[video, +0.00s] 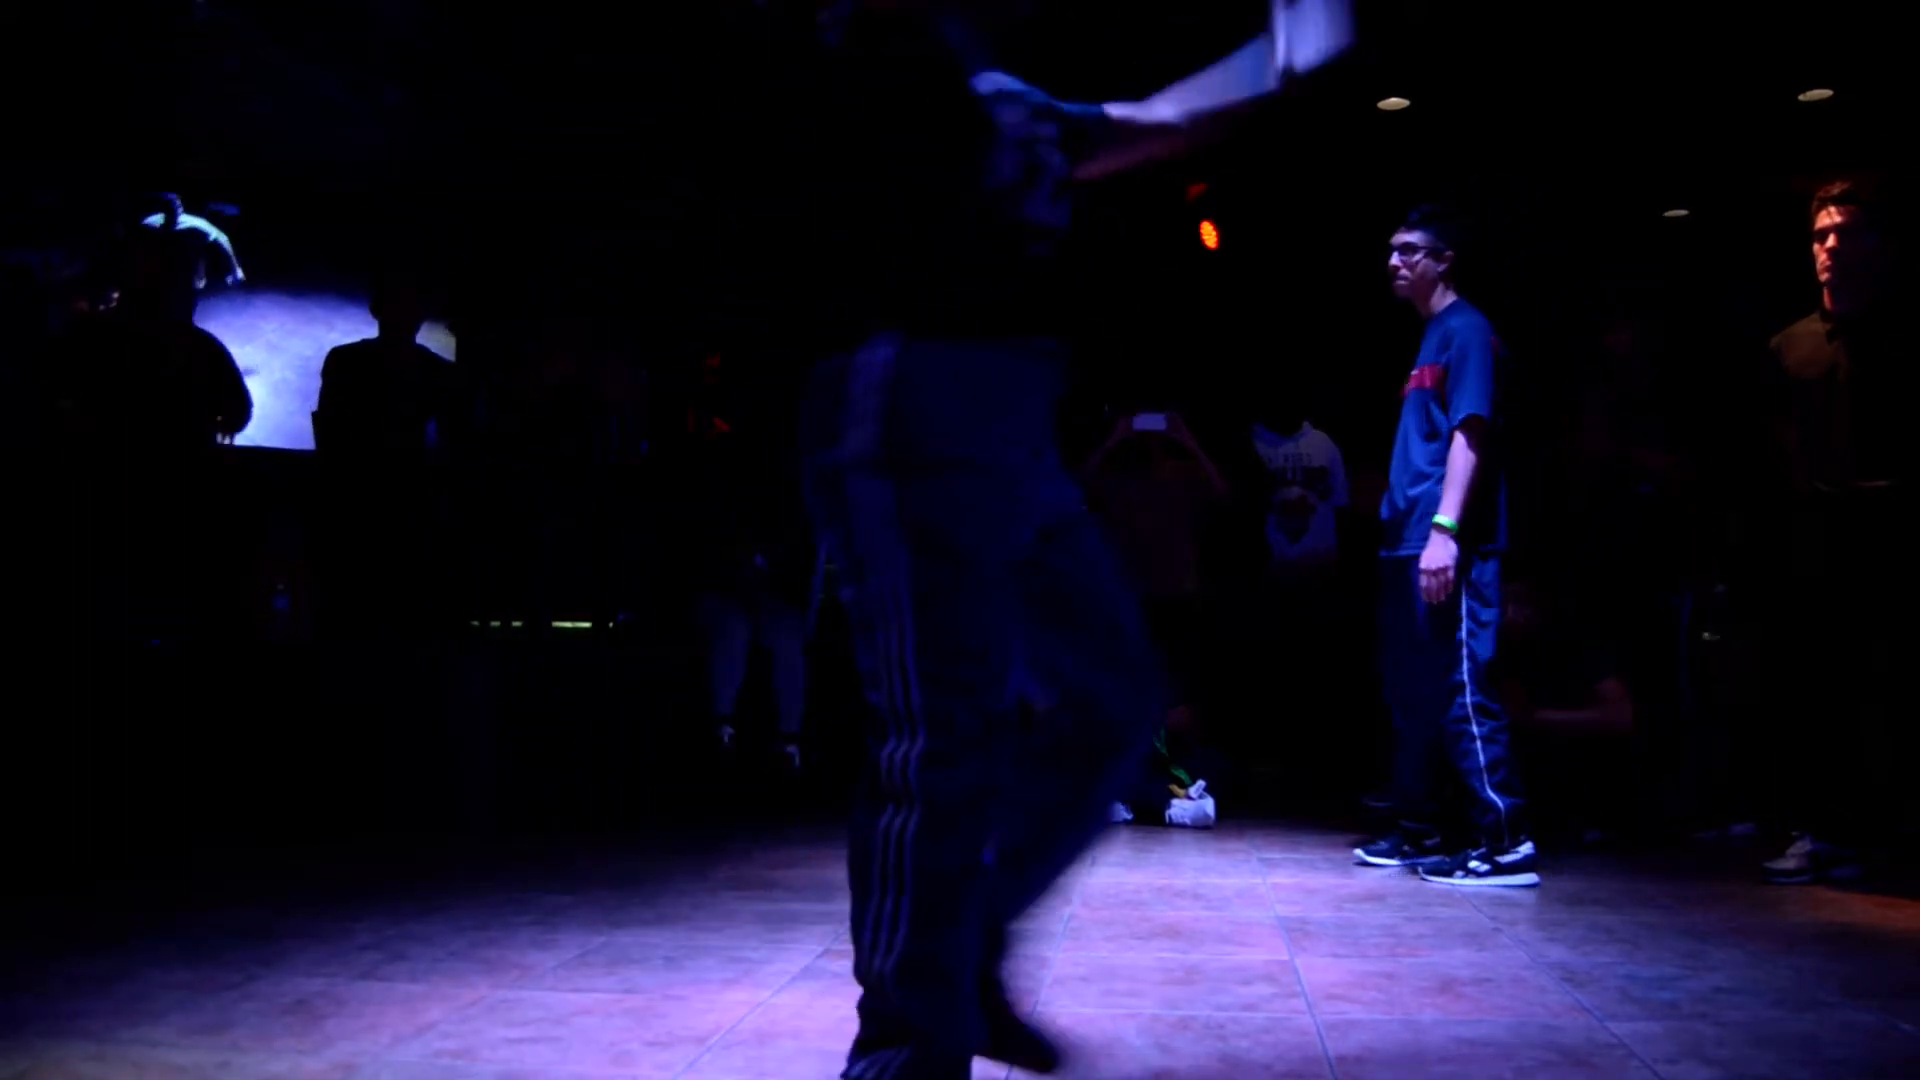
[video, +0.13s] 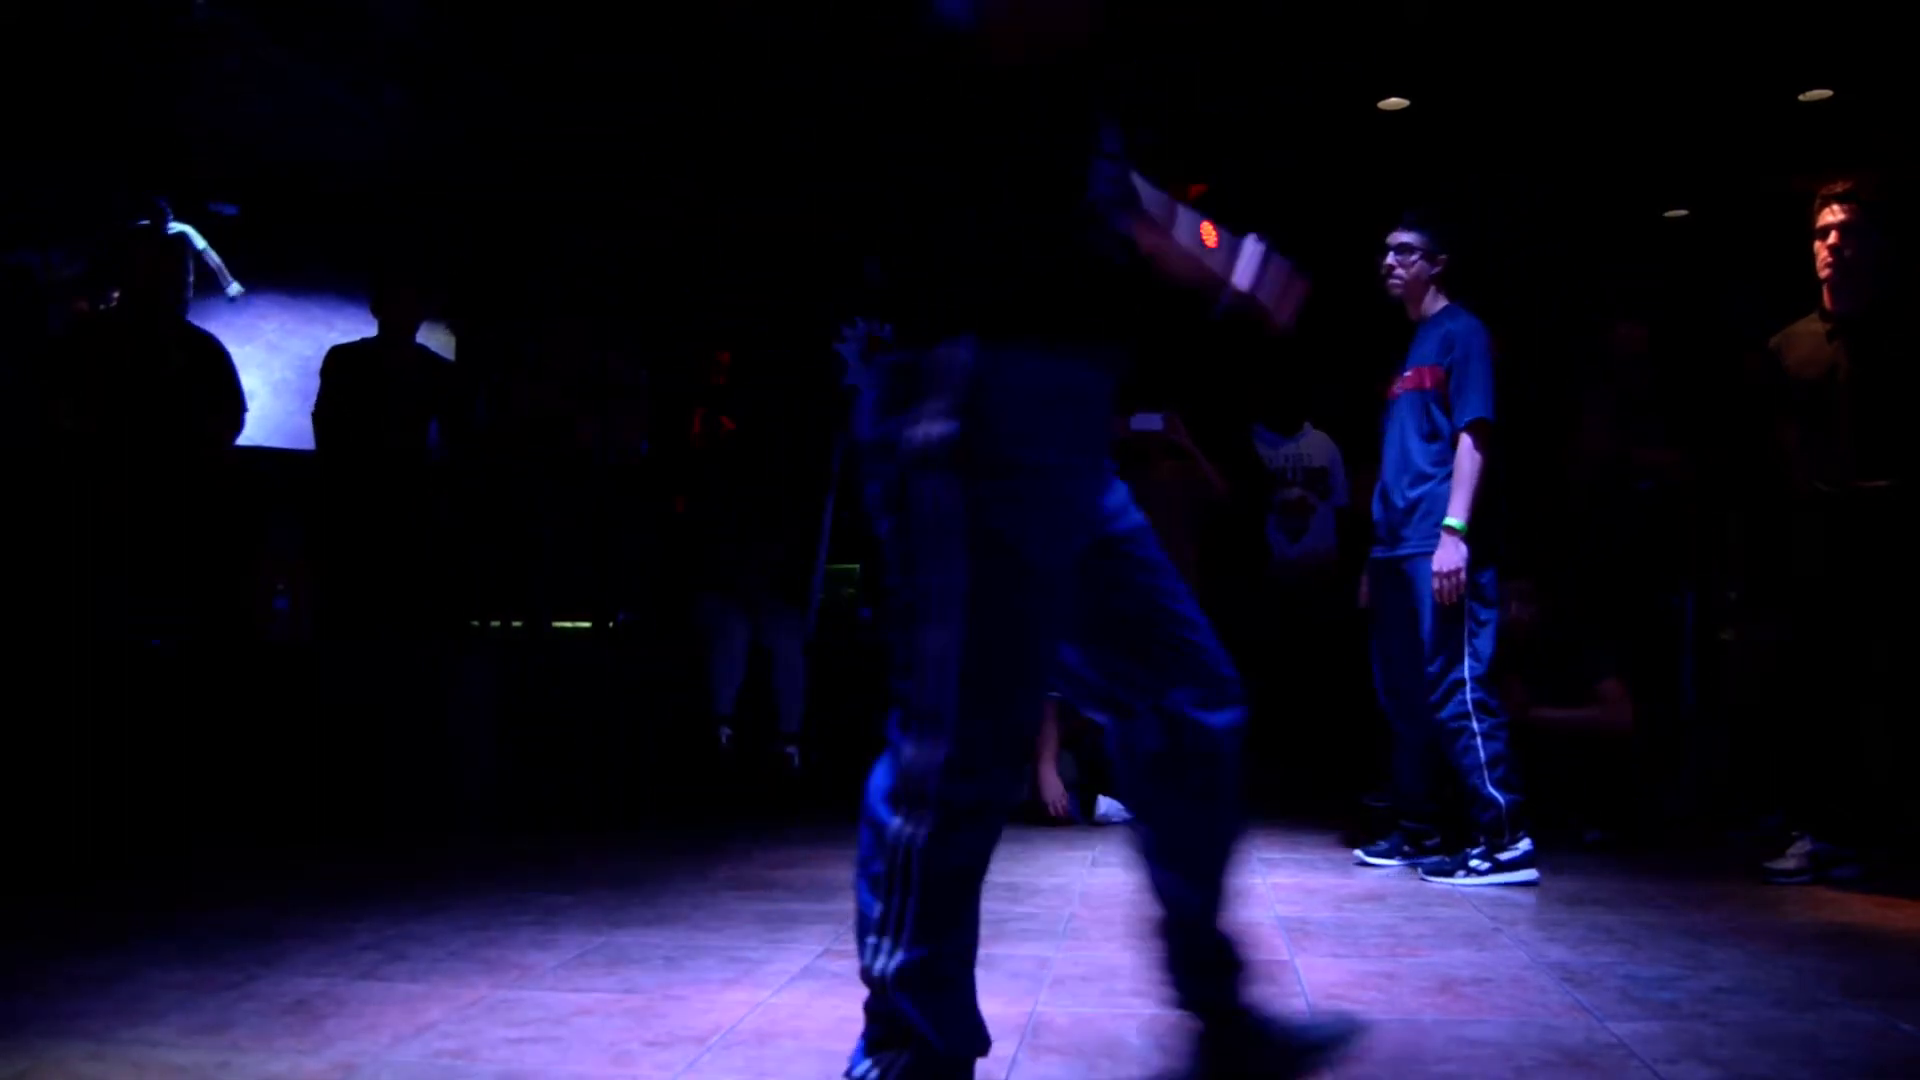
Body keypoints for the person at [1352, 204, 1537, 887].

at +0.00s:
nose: (1395, 263)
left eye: (1409, 252)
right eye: (1394, 252)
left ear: (1443, 261)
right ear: (1405, 264)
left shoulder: (1467, 331)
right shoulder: (1434, 334)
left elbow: (1470, 437)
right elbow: (1433, 437)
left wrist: (1444, 532)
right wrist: (1411, 527)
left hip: (1455, 539)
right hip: (1414, 536)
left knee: (1459, 689)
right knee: (1417, 686)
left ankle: (1504, 841)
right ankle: (1422, 825)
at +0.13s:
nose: (1390, 263)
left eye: (1404, 253)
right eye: (1388, 253)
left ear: (1438, 262)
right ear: (1392, 266)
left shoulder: (1461, 333)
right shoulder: (1410, 343)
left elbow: (1473, 439)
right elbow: (1397, 458)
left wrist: (1453, 533)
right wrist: (1377, 554)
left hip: (1440, 543)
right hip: (1398, 546)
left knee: (1455, 688)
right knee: (1407, 688)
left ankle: (1504, 839)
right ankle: (1420, 825)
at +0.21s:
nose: (1388, 266)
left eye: (1402, 255)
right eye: (1384, 256)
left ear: (1433, 265)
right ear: (1382, 269)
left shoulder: (1460, 337)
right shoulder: (1393, 351)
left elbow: (1474, 442)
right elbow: (1378, 467)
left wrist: (1457, 534)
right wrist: (1353, 554)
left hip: (1438, 543)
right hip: (1389, 549)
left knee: (1456, 694)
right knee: (1407, 694)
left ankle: (1503, 837)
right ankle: (1422, 827)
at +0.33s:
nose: (1385, 284)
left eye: (1396, 272)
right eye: (1379, 274)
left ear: (1423, 277)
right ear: (1374, 284)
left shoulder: (1457, 343)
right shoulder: (1373, 357)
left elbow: (1477, 443)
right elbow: (1355, 464)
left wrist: (1466, 533)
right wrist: (1319, 552)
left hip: (1439, 547)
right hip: (1383, 552)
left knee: (1461, 695)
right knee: (1401, 697)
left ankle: (1501, 838)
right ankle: (1417, 828)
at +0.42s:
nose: (1384, 275)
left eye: (1397, 264)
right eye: (1376, 264)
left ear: (1424, 273)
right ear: (1366, 275)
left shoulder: (1456, 345)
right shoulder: (1357, 357)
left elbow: (1478, 446)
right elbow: (1341, 461)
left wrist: (1471, 534)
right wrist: (1321, 537)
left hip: (1440, 542)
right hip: (1376, 547)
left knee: (1463, 692)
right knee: (1399, 695)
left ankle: (1496, 833)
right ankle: (1417, 827)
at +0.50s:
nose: (1383, 274)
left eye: (1396, 263)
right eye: (1376, 264)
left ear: (1423, 273)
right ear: (1365, 275)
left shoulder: (1456, 348)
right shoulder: (1355, 361)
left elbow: (1481, 446)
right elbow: (1340, 459)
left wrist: (1475, 534)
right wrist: (1349, 540)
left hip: (1443, 543)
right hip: (1378, 548)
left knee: (1469, 684)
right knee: (1402, 685)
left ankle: (1497, 828)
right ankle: (1417, 829)